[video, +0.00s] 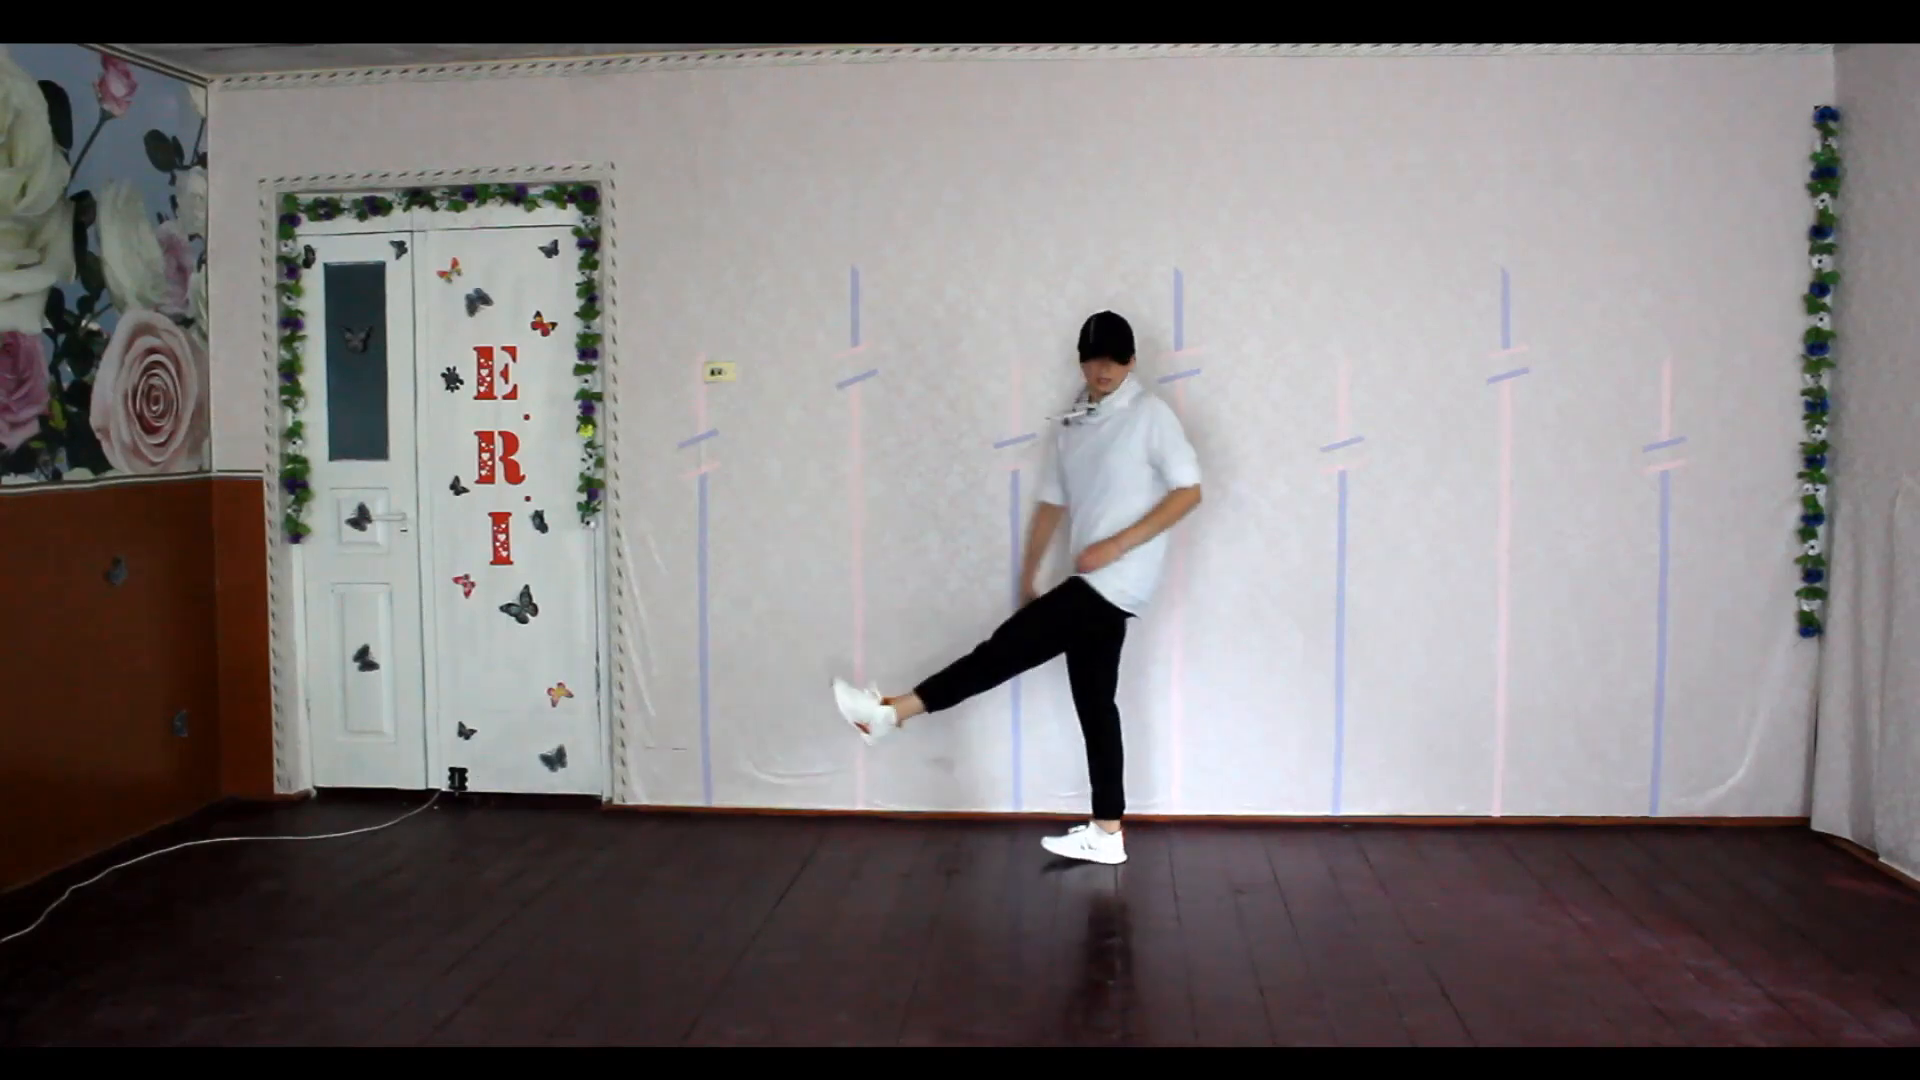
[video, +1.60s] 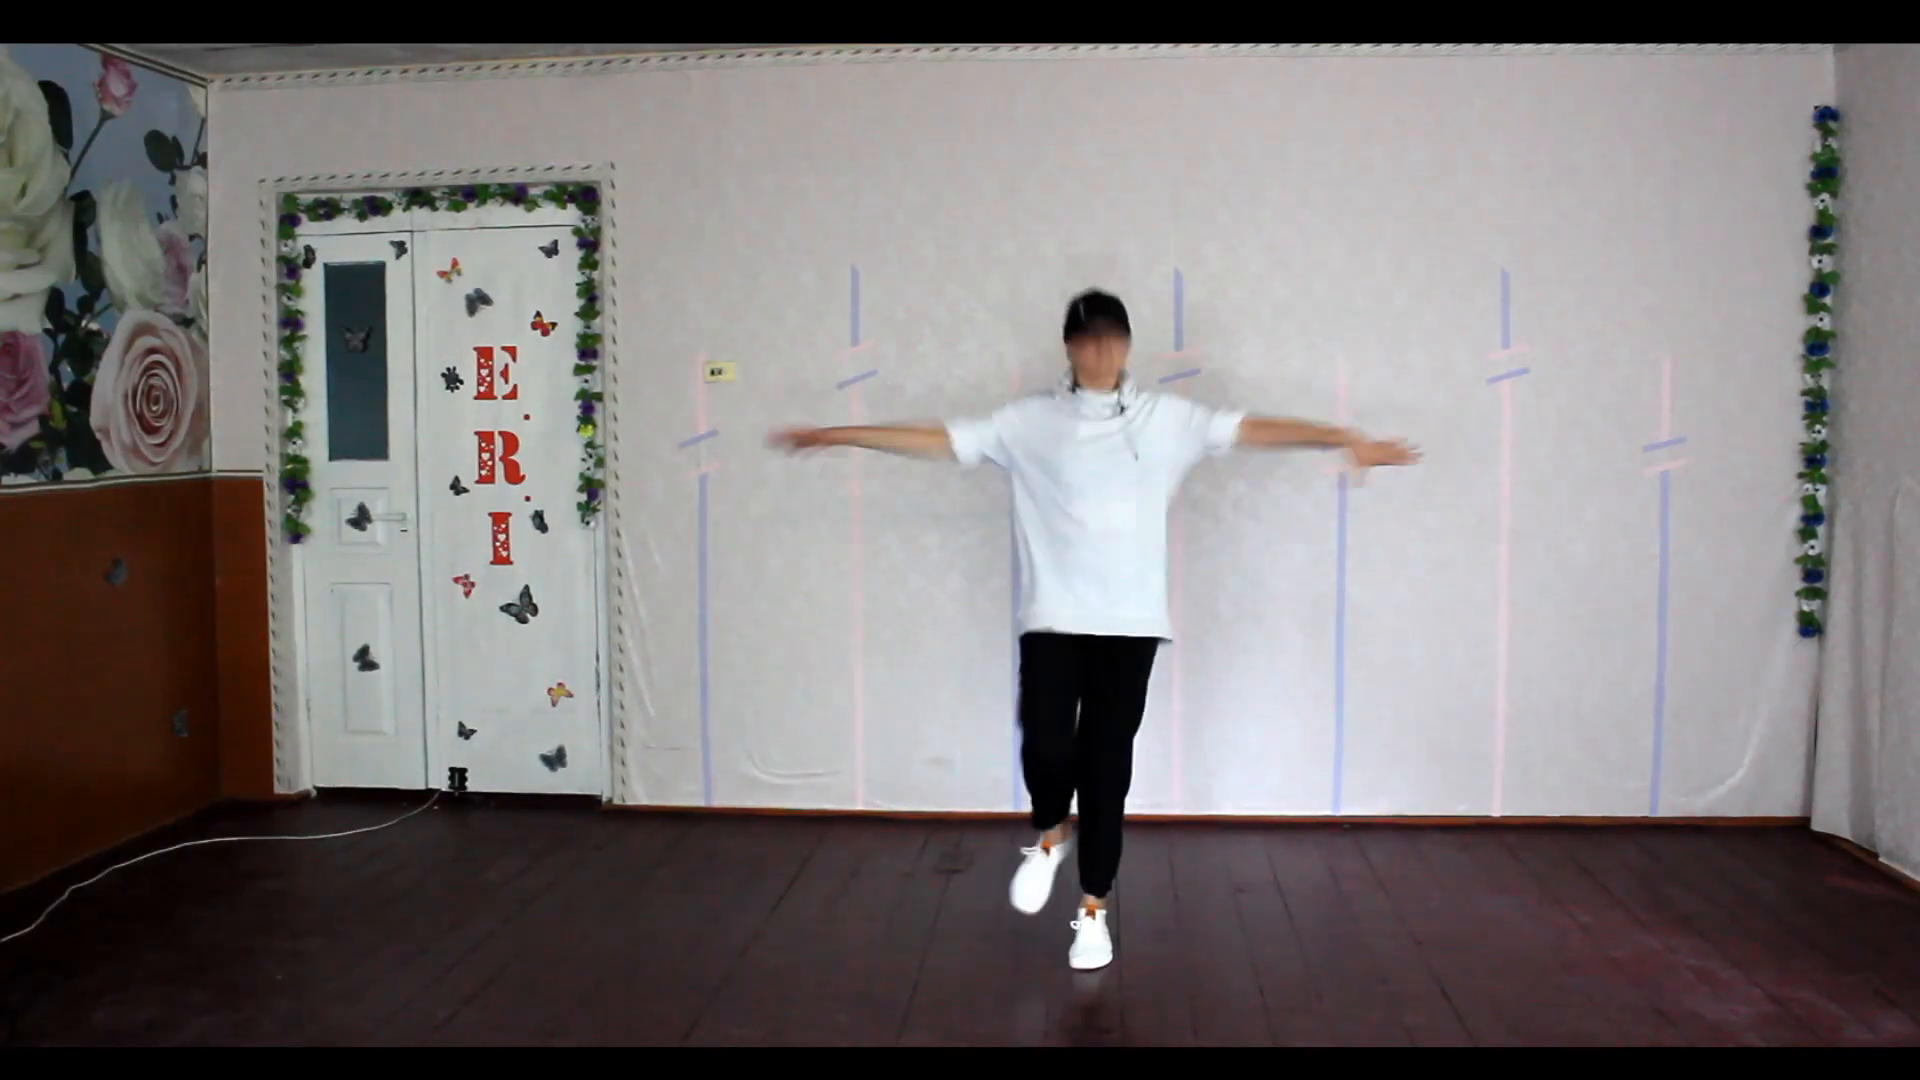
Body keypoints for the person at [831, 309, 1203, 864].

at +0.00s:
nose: (1101, 374)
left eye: (1112, 365)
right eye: (1093, 364)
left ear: (1130, 362)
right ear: (1081, 362)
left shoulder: (1151, 414)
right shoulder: (1069, 426)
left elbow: (1189, 492)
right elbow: (1051, 504)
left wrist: (1119, 544)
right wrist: (1029, 573)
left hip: (1116, 582)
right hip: (1082, 579)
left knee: (1006, 649)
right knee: (1095, 706)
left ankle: (892, 712)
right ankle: (1108, 830)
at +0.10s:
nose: (1110, 377)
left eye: (1120, 368)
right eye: (1101, 367)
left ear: (1134, 367)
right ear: (1085, 365)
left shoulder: (1158, 420)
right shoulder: (1059, 424)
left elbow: (1192, 497)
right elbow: (1032, 501)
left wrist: (1134, 544)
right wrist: (1009, 580)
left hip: (1125, 580)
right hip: (1077, 579)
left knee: (1030, 637)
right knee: (1093, 708)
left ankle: (922, 734)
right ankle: (1106, 831)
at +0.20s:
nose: (1124, 379)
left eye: (1133, 369)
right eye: (1114, 369)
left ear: (1145, 370)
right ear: (1094, 367)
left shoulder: (1160, 428)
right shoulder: (1058, 422)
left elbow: (1173, 504)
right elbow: (1027, 503)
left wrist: (1146, 551)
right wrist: (1009, 587)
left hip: (1119, 582)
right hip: (1060, 586)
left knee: (1052, 674)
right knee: (1076, 703)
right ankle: (1103, 830)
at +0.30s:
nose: (1134, 387)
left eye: (1142, 377)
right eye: (1124, 376)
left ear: (1151, 377)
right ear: (1101, 373)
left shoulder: (1156, 440)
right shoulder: (1061, 423)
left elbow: (1158, 516)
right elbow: (1034, 510)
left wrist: (1148, 559)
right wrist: (1022, 594)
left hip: (1115, 593)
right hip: (1057, 592)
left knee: (1071, 700)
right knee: (1068, 706)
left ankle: (1062, 839)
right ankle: (1101, 825)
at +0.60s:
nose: (1122, 384)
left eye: (1129, 372)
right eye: (1111, 373)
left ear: (1137, 368)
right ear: (1083, 366)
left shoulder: (1154, 433)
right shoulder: (1042, 420)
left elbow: (1173, 518)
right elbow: (986, 479)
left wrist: (1130, 581)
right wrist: (1015, 496)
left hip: (1117, 606)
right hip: (1055, 598)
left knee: (1101, 731)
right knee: (1056, 717)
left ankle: (1081, 850)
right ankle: (1040, 811)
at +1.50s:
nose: (1105, 394)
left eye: (1116, 384)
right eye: (1094, 383)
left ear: (1132, 379)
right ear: (1073, 375)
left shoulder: (1153, 430)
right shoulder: (1034, 426)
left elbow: (1233, 459)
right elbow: (954, 456)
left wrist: (1160, 494)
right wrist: (1038, 478)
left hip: (1125, 637)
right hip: (1048, 636)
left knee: (1107, 771)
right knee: (1056, 770)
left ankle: (1096, 906)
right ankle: (1079, 868)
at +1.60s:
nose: (1100, 357)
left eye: (1110, 345)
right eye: (1088, 345)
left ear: (1127, 350)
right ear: (1068, 350)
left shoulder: (1167, 419)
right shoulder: (1031, 420)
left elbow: (1254, 430)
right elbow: (942, 439)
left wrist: (1346, 440)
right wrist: (844, 435)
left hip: (1129, 623)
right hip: (1051, 619)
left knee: (1105, 769)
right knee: (1042, 754)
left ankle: (1095, 908)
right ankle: (1053, 837)